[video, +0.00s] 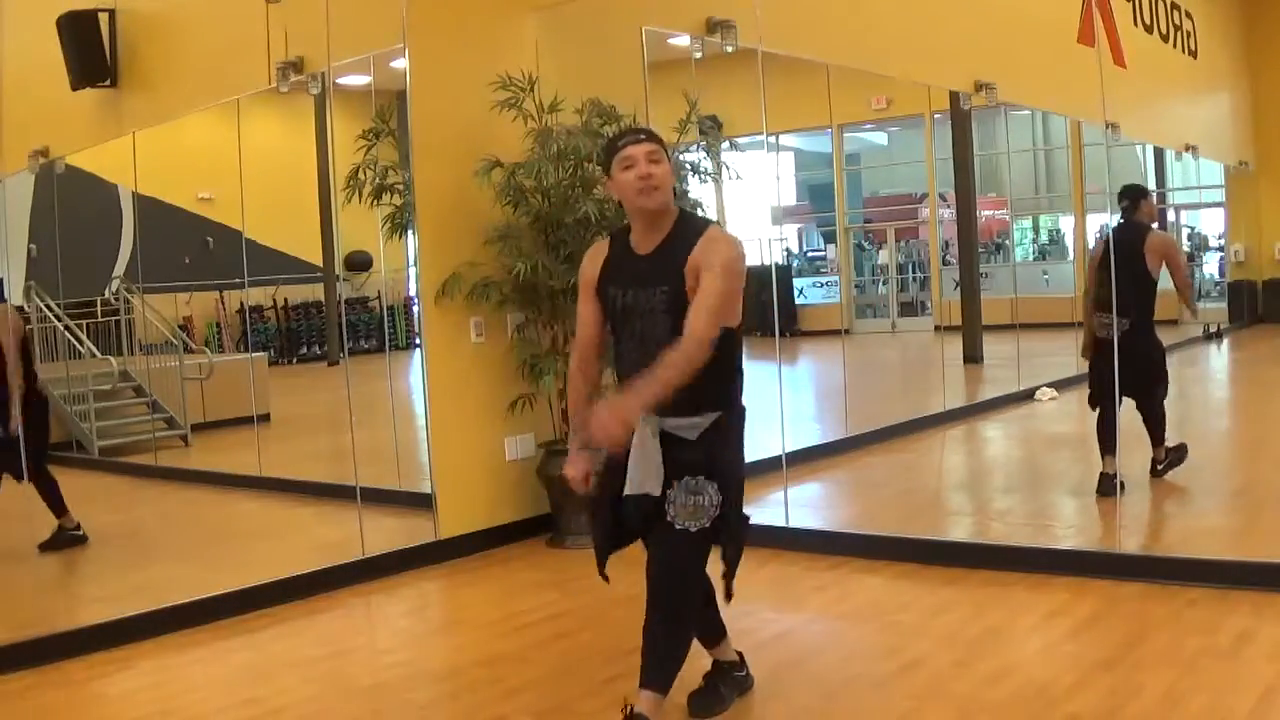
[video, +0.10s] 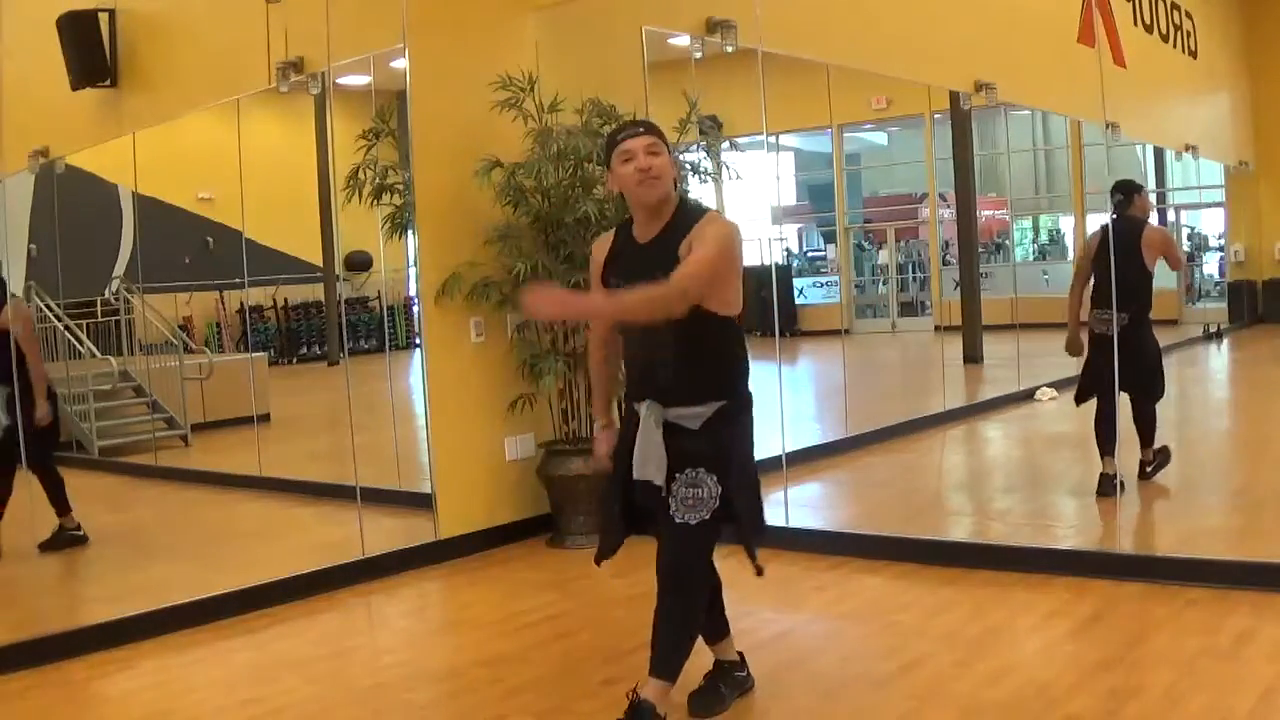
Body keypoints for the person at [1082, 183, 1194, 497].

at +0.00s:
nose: (1155, 207)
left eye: (1153, 201)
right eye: (1152, 202)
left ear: (1124, 208)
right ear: (1142, 206)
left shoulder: (1104, 242)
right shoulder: (1161, 241)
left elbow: (1091, 294)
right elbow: (1184, 287)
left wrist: (1088, 335)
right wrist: (1189, 304)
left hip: (1104, 337)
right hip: (1139, 336)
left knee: (1107, 405)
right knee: (1150, 397)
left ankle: (1108, 474)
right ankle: (1160, 456)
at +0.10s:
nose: (1149, 201)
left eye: (1147, 195)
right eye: (1146, 196)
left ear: (1117, 202)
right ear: (1136, 199)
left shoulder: (1097, 238)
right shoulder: (1156, 235)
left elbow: (1078, 285)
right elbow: (1177, 265)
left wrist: (1073, 330)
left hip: (1101, 334)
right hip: (1136, 334)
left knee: (1105, 401)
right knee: (1143, 396)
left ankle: (1107, 473)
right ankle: (1147, 459)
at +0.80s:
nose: (1138, 204)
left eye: (1130, 200)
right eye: (1137, 200)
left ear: (1109, 205)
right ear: (1134, 202)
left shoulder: (1095, 240)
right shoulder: (1158, 234)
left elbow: (1084, 287)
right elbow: (1184, 270)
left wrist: (1083, 329)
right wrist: (1194, 308)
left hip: (1107, 334)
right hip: (1147, 334)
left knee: (1105, 401)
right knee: (1162, 395)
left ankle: (1107, 474)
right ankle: (1174, 459)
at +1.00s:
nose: (1166, 204)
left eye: (1163, 199)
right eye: (1163, 199)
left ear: (1134, 204)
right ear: (1156, 201)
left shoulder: (1117, 240)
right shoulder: (1176, 234)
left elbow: (1107, 290)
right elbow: (1194, 284)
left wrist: (1106, 335)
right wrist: (1199, 326)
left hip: (1125, 336)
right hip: (1163, 335)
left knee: (1114, 402)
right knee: (1176, 397)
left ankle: (1107, 468)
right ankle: (1182, 462)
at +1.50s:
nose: (1221, 198)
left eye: (1220, 192)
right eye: (1219, 192)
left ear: (1196, 194)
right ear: (1209, 193)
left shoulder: (1179, 224)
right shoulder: (1206, 221)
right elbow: (1233, 216)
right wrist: (1218, 201)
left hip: (1175, 316)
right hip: (1196, 317)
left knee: (1201, 380)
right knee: (1195, 386)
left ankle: (1211, 442)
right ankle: (1183, 461)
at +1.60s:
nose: (1228, 199)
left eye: (1226, 193)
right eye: (1226, 194)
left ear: (1200, 196)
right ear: (1216, 195)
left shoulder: (1185, 224)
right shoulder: (1218, 220)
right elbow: (1236, 224)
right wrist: (1222, 211)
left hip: (1181, 316)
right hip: (1205, 318)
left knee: (1211, 382)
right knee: (1202, 387)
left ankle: (1229, 440)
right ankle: (1183, 461)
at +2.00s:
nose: (1257, 214)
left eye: (1255, 208)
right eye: (1256, 209)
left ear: (1230, 210)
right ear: (1249, 208)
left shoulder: (1212, 241)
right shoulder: (1262, 242)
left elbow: (1202, 289)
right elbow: (1274, 288)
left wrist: (1203, 332)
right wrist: (1274, 323)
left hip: (1217, 324)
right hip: (1248, 324)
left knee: (1234, 380)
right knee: (1271, 379)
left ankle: (1236, 446)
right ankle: (1235, 424)